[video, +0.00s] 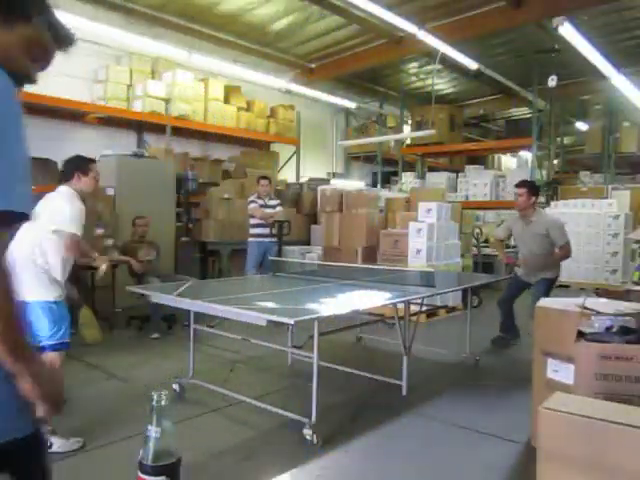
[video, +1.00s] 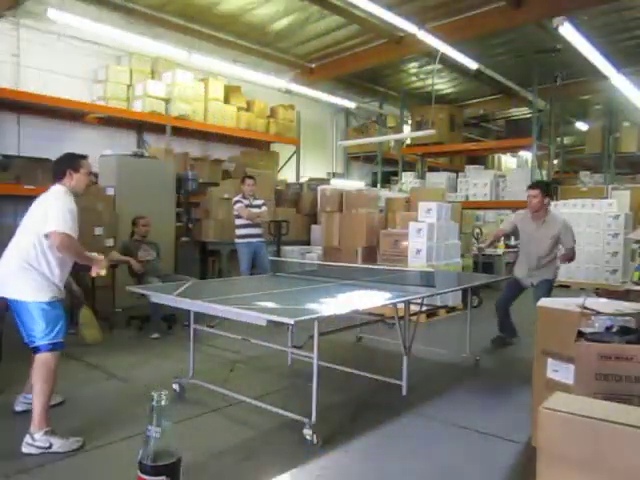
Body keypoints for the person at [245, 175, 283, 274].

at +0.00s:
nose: (264, 188)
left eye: (267, 185)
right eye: (262, 185)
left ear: (270, 187)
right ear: (257, 187)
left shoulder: (275, 201)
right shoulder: (252, 200)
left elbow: (280, 216)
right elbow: (258, 214)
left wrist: (263, 216)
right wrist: (274, 214)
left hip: (272, 240)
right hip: (256, 239)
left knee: (269, 270)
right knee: (251, 270)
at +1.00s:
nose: (250, 188)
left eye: (252, 185)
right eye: (248, 185)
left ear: (255, 187)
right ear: (242, 186)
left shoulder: (260, 201)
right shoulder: (237, 200)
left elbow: (266, 217)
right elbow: (245, 214)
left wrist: (251, 217)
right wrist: (260, 214)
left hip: (259, 240)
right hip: (243, 241)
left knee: (265, 269)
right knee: (245, 271)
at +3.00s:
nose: (259, 187)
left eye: (262, 185)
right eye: (257, 185)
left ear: (265, 186)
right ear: (252, 186)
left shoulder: (270, 201)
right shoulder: (247, 200)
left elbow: (276, 215)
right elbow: (253, 212)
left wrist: (261, 216)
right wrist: (269, 212)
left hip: (268, 238)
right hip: (253, 238)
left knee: (267, 269)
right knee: (249, 269)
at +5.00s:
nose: (247, 186)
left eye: (249, 183)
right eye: (244, 183)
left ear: (253, 185)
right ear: (239, 185)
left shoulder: (259, 199)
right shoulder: (235, 199)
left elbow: (267, 216)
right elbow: (243, 213)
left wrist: (252, 218)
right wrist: (259, 212)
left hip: (258, 239)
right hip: (242, 240)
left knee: (262, 270)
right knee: (245, 271)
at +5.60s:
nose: (260, 188)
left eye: (262, 185)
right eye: (257, 185)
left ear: (266, 186)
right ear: (254, 186)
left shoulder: (272, 201)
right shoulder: (249, 200)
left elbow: (277, 215)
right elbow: (255, 213)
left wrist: (264, 218)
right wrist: (271, 214)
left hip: (269, 239)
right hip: (253, 239)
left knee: (267, 269)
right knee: (250, 269)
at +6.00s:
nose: (264, 188)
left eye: (267, 185)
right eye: (262, 185)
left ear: (271, 186)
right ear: (258, 187)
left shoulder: (277, 201)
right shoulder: (253, 199)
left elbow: (281, 215)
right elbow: (257, 212)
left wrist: (269, 218)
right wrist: (274, 213)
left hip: (271, 239)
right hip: (255, 238)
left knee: (268, 268)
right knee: (251, 268)